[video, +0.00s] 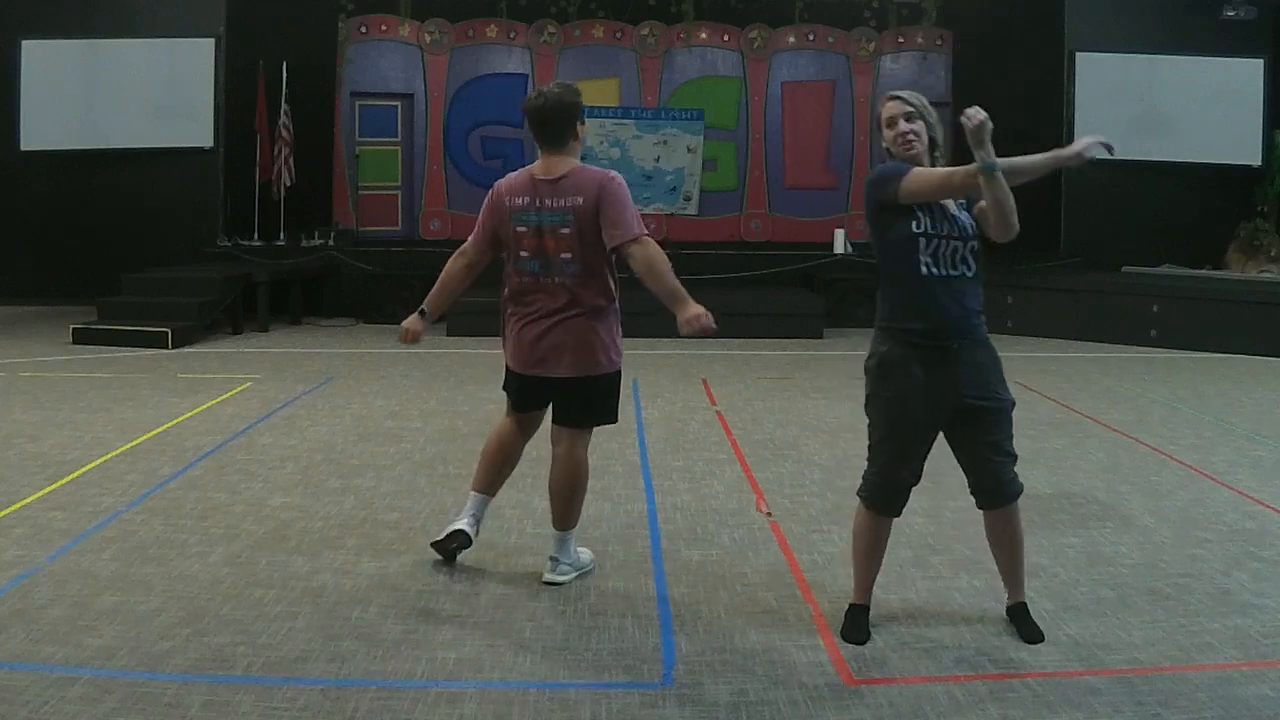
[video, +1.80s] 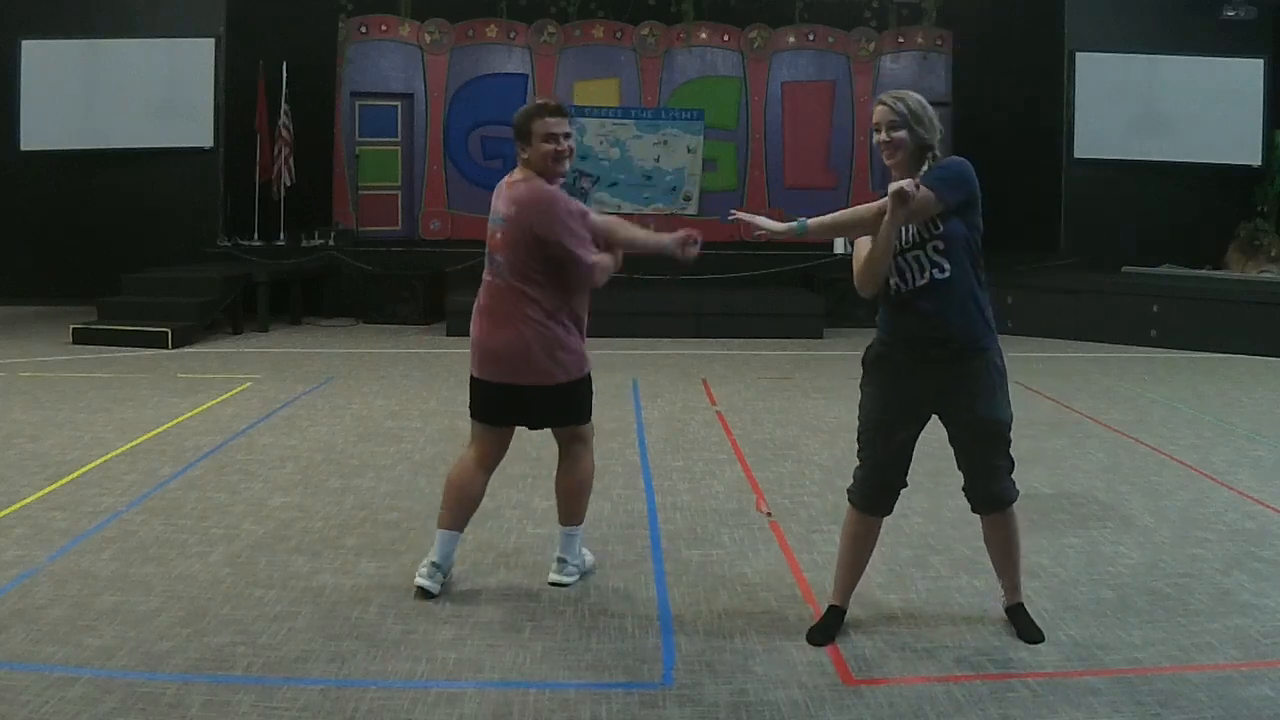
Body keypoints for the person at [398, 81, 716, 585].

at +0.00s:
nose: (586, 128)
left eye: (582, 122)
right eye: (585, 122)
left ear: (531, 130)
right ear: (580, 129)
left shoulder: (505, 191)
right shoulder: (604, 186)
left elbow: (469, 259)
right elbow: (637, 249)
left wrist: (425, 313)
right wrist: (683, 303)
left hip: (526, 343)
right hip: (587, 345)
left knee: (518, 418)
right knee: (571, 441)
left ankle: (468, 519)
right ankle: (563, 554)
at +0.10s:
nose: (590, 129)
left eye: (586, 122)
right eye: (589, 123)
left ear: (535, 130)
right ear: (582, 129)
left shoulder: (509, 191)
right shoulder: (606, 190)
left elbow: (477, 252)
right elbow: (638, 265)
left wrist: (438, 298)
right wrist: (681, 327)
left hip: (530, 344)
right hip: (588, 348)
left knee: (527, 418)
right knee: (573, 444)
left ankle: (471, 516)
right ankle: (564, 554)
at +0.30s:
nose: (590, 129)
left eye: (587, 122)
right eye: (588, 123)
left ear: (535, 130)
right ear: (581, 129)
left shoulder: (517, 185)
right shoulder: (603, 196)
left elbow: (536, 250)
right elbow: (637, 265)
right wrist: (667, 308)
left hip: (531, 340)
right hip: (586, 346)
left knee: (534, 423)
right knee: (574, 443)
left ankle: (470, 509)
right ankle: (563, 554)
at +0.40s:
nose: (591, 126)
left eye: (588, 118)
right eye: (589, 119)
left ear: (535, 129)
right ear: (580, 128)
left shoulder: (520, 181)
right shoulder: (604, 192)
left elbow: (569, 199)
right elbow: (648, 261)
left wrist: (621, 187)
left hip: (530, 338)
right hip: (584, 345)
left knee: (534, 422)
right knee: (573, 439)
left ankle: (467, 506)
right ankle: (564, 554)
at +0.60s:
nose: (600, 121)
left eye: (595, 113)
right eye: (595, 114)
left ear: (549, 127)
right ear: (582, 122)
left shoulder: (534, 172)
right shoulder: (603, 184)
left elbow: (626, 170)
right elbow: (639, 228)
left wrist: (696, 164)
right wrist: (617, 178)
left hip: (526, 330)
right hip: (579, 340)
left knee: (528, 419)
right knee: (570, 445)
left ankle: (457, 502)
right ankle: (564, 554)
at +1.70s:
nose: (577, 134)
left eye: (580, 125)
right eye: (564, 128)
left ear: (585, 128)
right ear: (537, 138)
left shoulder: (517, 175)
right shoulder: (576, 192)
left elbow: (612, 199)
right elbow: (608, 255)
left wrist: (682, 208)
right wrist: (617, 230)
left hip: (501, 337)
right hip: (560, 343)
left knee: (485, 437)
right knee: (575, 444)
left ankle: (439, 546)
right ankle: (569, 556)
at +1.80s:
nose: (562, 147)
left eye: (567, 138)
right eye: (550, 139)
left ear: (572, 141)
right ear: (524, 147)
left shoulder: (510, 189)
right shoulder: (547, 201)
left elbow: (602, 226)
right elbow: (592, 273)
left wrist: (668, 241)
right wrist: (613, 259)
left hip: (493, 346)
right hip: (550, 350)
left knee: (482, 451)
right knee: (575, 444)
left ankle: (437, 563)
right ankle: (569, 556)